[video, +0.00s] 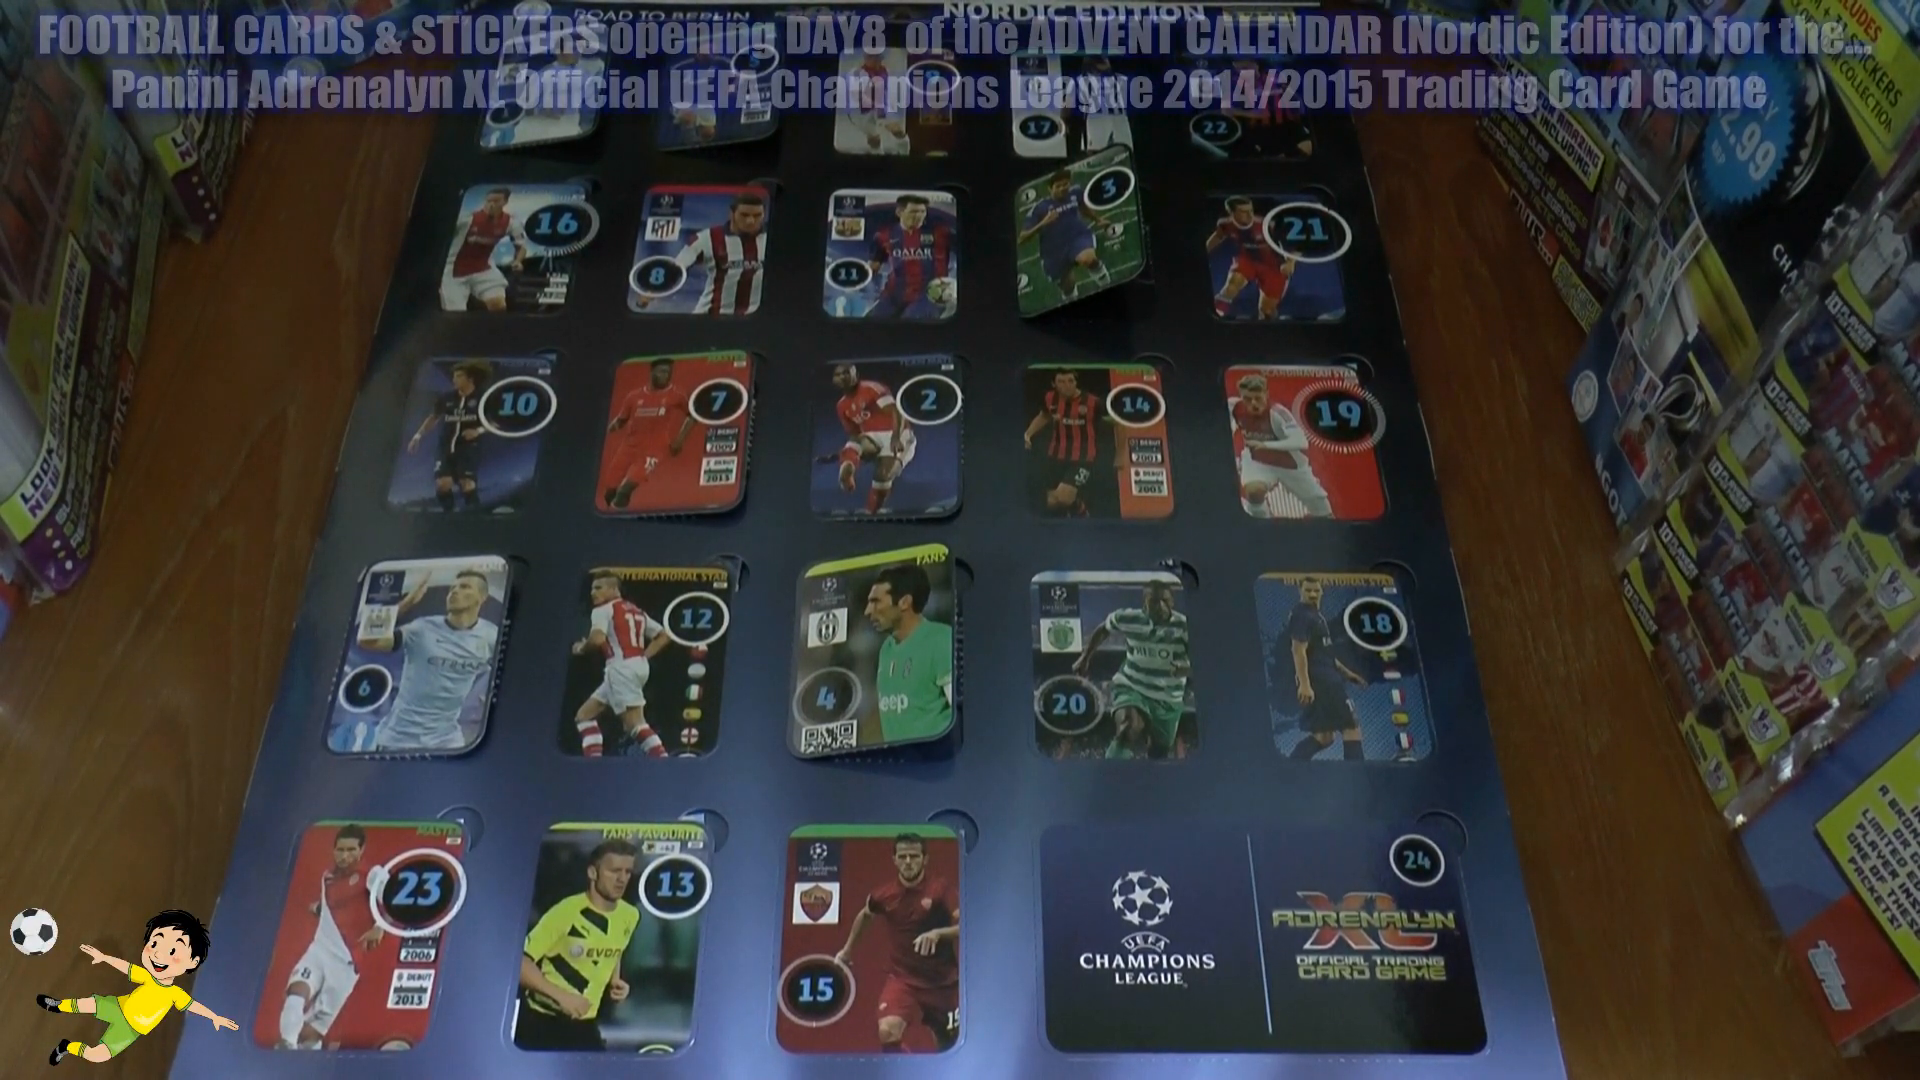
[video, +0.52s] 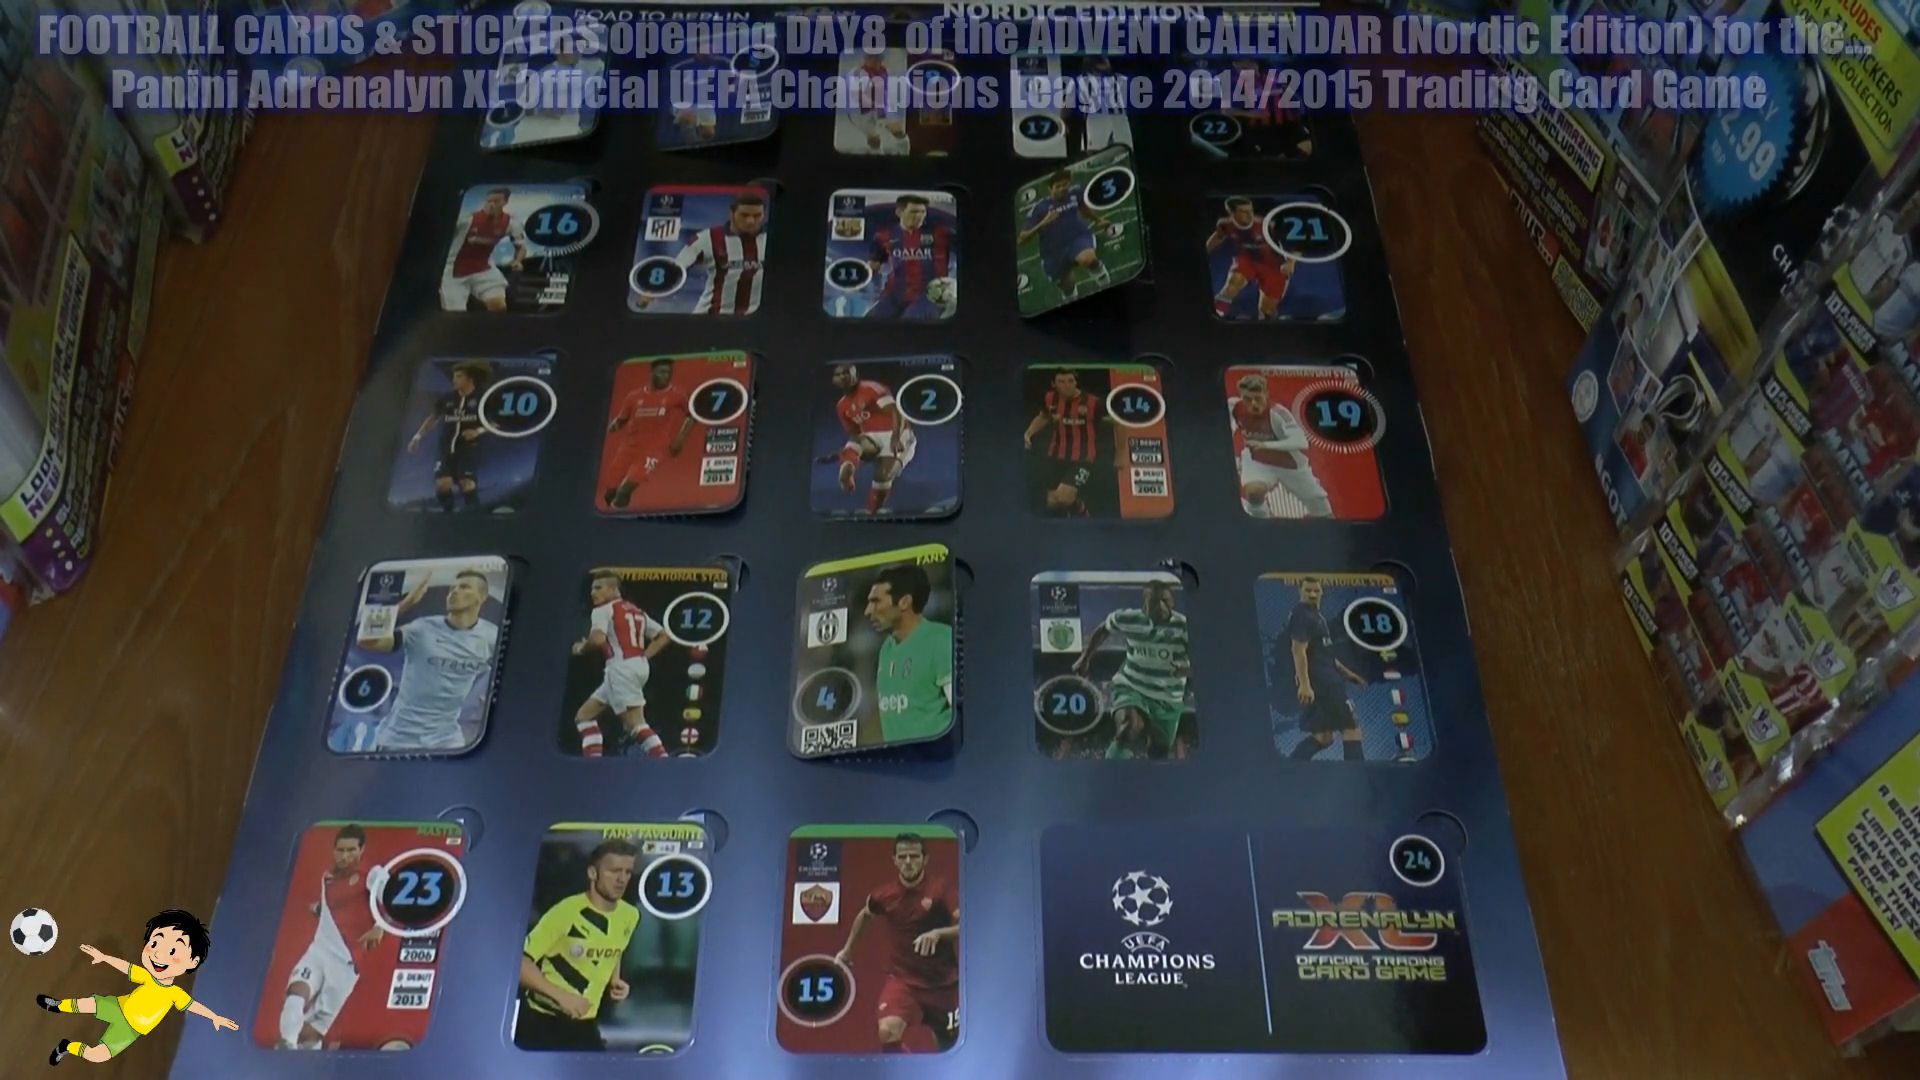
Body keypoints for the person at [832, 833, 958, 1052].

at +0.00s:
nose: (908, 863)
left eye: (914, 856)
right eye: (902, 857)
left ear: (924, 859)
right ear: (894, 860)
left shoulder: (940, 890)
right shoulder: (882, 896)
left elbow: (965, 926)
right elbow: (864, 916)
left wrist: (938, 933)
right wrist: (846, 950)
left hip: (942, 983)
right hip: (902, 979)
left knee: (950, 1050)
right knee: (888, 1032)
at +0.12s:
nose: (908, 862)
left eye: (914, 856)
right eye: (902, 857)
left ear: (924, 859)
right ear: (894, 860)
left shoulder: (940, 889)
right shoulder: (882, 896)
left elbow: (965, 926)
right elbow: (864, 916)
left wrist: (938, 933)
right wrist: (847, 950)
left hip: (942, 983)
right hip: (902, 979)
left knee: (950, 1050)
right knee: (888, 1032)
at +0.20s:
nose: (908, 862)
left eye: (914, 856)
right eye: (902, 857)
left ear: (924, 859)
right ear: (894, 861)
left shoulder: (941, 889)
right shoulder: (882, 896)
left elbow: (965, 926)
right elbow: (864, 916)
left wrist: (938, 933)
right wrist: (847, 950)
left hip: (942, 983)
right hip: (902, 979)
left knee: (950, 1050)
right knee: (888, 1032)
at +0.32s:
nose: (908, 862)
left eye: (914, 857)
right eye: (902, 857)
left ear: (924, 859)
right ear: (894, 860)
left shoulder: (940, 889)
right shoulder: (882, 896)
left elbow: (965, 926)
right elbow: (864, 916)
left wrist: (938, 933)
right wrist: (847, 950)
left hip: (942, 984)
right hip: (902, 980)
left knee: (952, 1051)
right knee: (888, 1032)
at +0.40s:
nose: (908, 863)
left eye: (914, 857)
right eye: (902, 857)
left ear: (924, 859)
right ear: (894, 861)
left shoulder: (940, 890)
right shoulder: (882, 896)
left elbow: (965, 926)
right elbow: (864, 916)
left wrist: (938, 933)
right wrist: (847, 950)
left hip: (942, 984)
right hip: (902, 980)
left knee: (952, 1051)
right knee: (888, 1032)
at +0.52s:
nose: (908, 863)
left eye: (914, 857)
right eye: (902, 857)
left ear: (924, 859)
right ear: (894, 861)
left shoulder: (940, 890)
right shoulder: (882, 896)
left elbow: (965, 926)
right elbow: (864, 916)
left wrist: (938, 933)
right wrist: (847, 950)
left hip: (942, 984)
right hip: (902, 980)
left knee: (952, 1051)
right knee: (888, 1032)